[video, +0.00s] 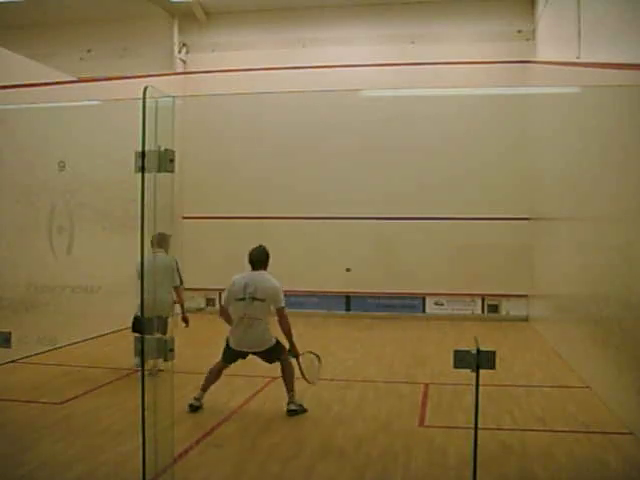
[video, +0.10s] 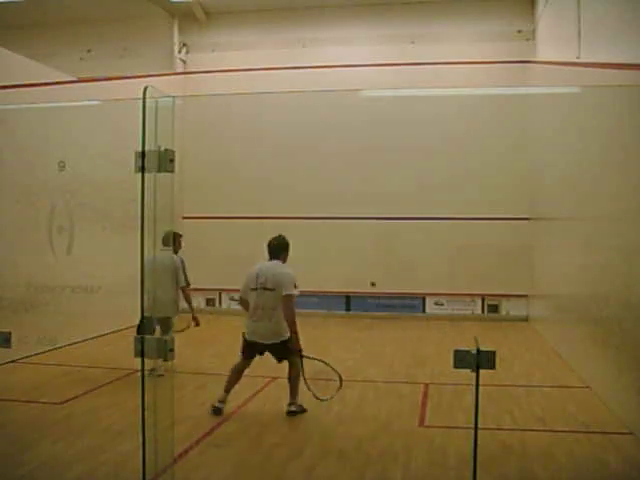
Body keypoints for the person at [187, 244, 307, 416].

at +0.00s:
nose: (268, 263)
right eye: (267, 260)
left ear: (250, 262)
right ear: (267, 262)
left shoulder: (236, 281)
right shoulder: (272, 285)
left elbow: (223, 311)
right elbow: (282, 317)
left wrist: (236, 326)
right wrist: (292, 344)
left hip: (236, 340)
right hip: (261, 341)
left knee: (221, 364)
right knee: (285, 358)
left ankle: (198, 398)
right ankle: (292, 401)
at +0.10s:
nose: (288, 255)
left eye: (286, 252)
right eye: (287, 252)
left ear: (269, 252)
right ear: (285, 253)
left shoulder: (255, 271)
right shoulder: (285, 275)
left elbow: (242, 299)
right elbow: (288, 308)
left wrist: (255, 315)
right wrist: (294, 337)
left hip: (253, 332)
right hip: (278, 333)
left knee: (243, 362)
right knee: (295, 360)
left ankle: (222, 399)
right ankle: (293, 402)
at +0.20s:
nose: (307, 251)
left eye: (307, 247)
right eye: (307, 247)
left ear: (288, 245)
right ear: (302, 247)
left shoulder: (273, 262)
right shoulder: (291, 266)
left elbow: (268, 295)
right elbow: (287, 301)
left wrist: (289, 319)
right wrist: (293, 328)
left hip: (263, 327)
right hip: (279, 329)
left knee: (279, 360)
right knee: (302, 361)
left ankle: (260, 400)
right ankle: (301, 402)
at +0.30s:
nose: (326, 256)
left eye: (326, 251)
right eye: (323, 251)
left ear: (310, 253)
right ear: (312, 253)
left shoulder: (302, 270)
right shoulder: (299, 271)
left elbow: (296, 307)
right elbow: (288, 303)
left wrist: (310, 326)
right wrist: (294, 327)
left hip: (282, 332)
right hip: (291, 331)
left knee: (298, 371)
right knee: (326, 365)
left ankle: (270, 411)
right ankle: (321, 414)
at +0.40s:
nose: (344, 259)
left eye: (343, 255)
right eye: (341, 255)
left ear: (329, 257)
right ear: (329, 256)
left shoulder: (321, 275)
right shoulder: (309, 275)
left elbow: (316, 308)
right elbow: (291, 303)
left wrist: (326, 331)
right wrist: (295, 322)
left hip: (308, 338)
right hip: (303, 340)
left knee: (305, 379)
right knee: (342, 373)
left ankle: (271, 413)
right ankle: (347, 428)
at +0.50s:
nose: (362, 263)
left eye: (362, 258)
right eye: (359, 258)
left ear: (348, 258)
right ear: (344, 257)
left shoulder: (343, 280)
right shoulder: (324, 279)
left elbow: (340, 313)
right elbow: (304, 310)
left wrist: (349, 338)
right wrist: (307, 314)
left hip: (331, 341)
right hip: (317, 343)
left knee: (335, 388)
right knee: (349, 383)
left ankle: (294, 402)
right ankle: (356, 438)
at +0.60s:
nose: (381, 265)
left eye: (381, 261)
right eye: (377, 261)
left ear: (370, 261)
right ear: (362, 260)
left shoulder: (370, 284)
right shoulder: (340, 279)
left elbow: (364, 313)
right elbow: (318, 302)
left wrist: (373, 345)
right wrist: (325, 312)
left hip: (351, 341)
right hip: (329, 343)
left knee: (373, 389)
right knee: (358, 388)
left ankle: (344, 413)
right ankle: (358, 438)